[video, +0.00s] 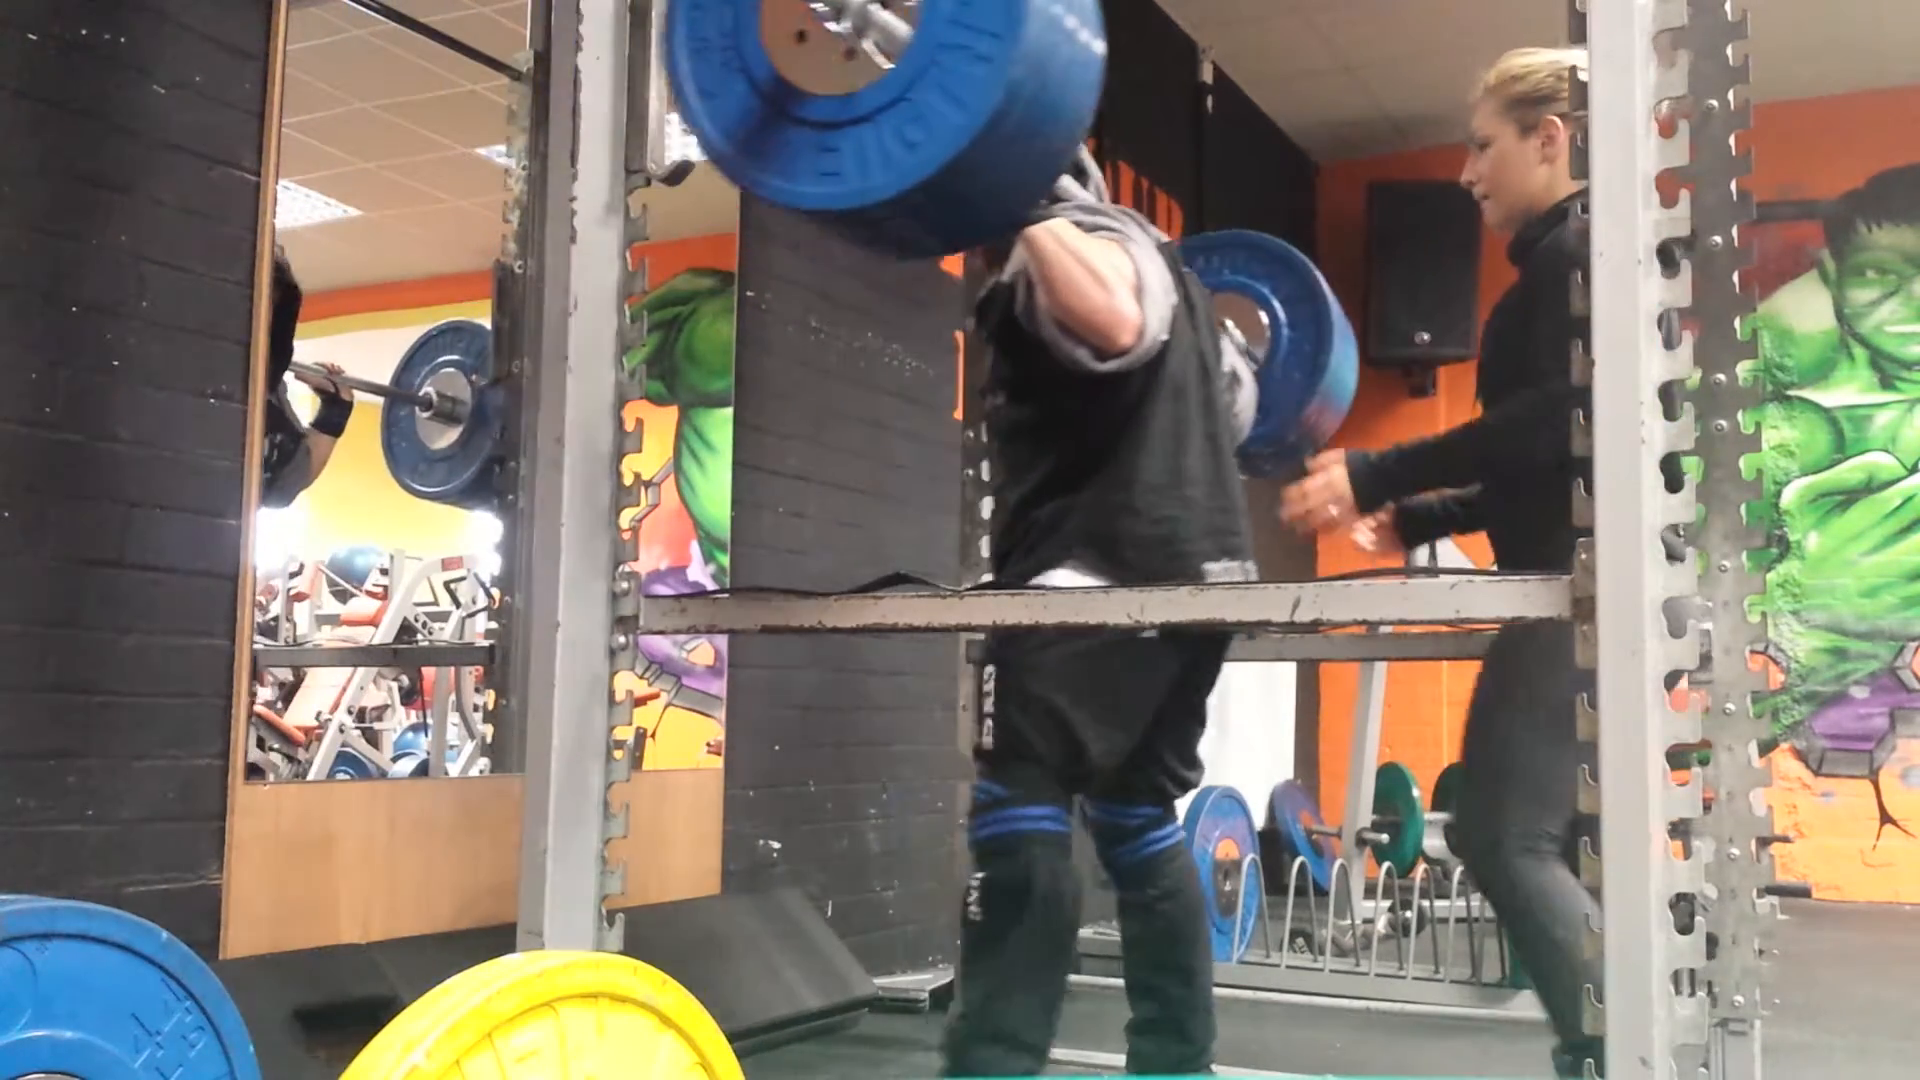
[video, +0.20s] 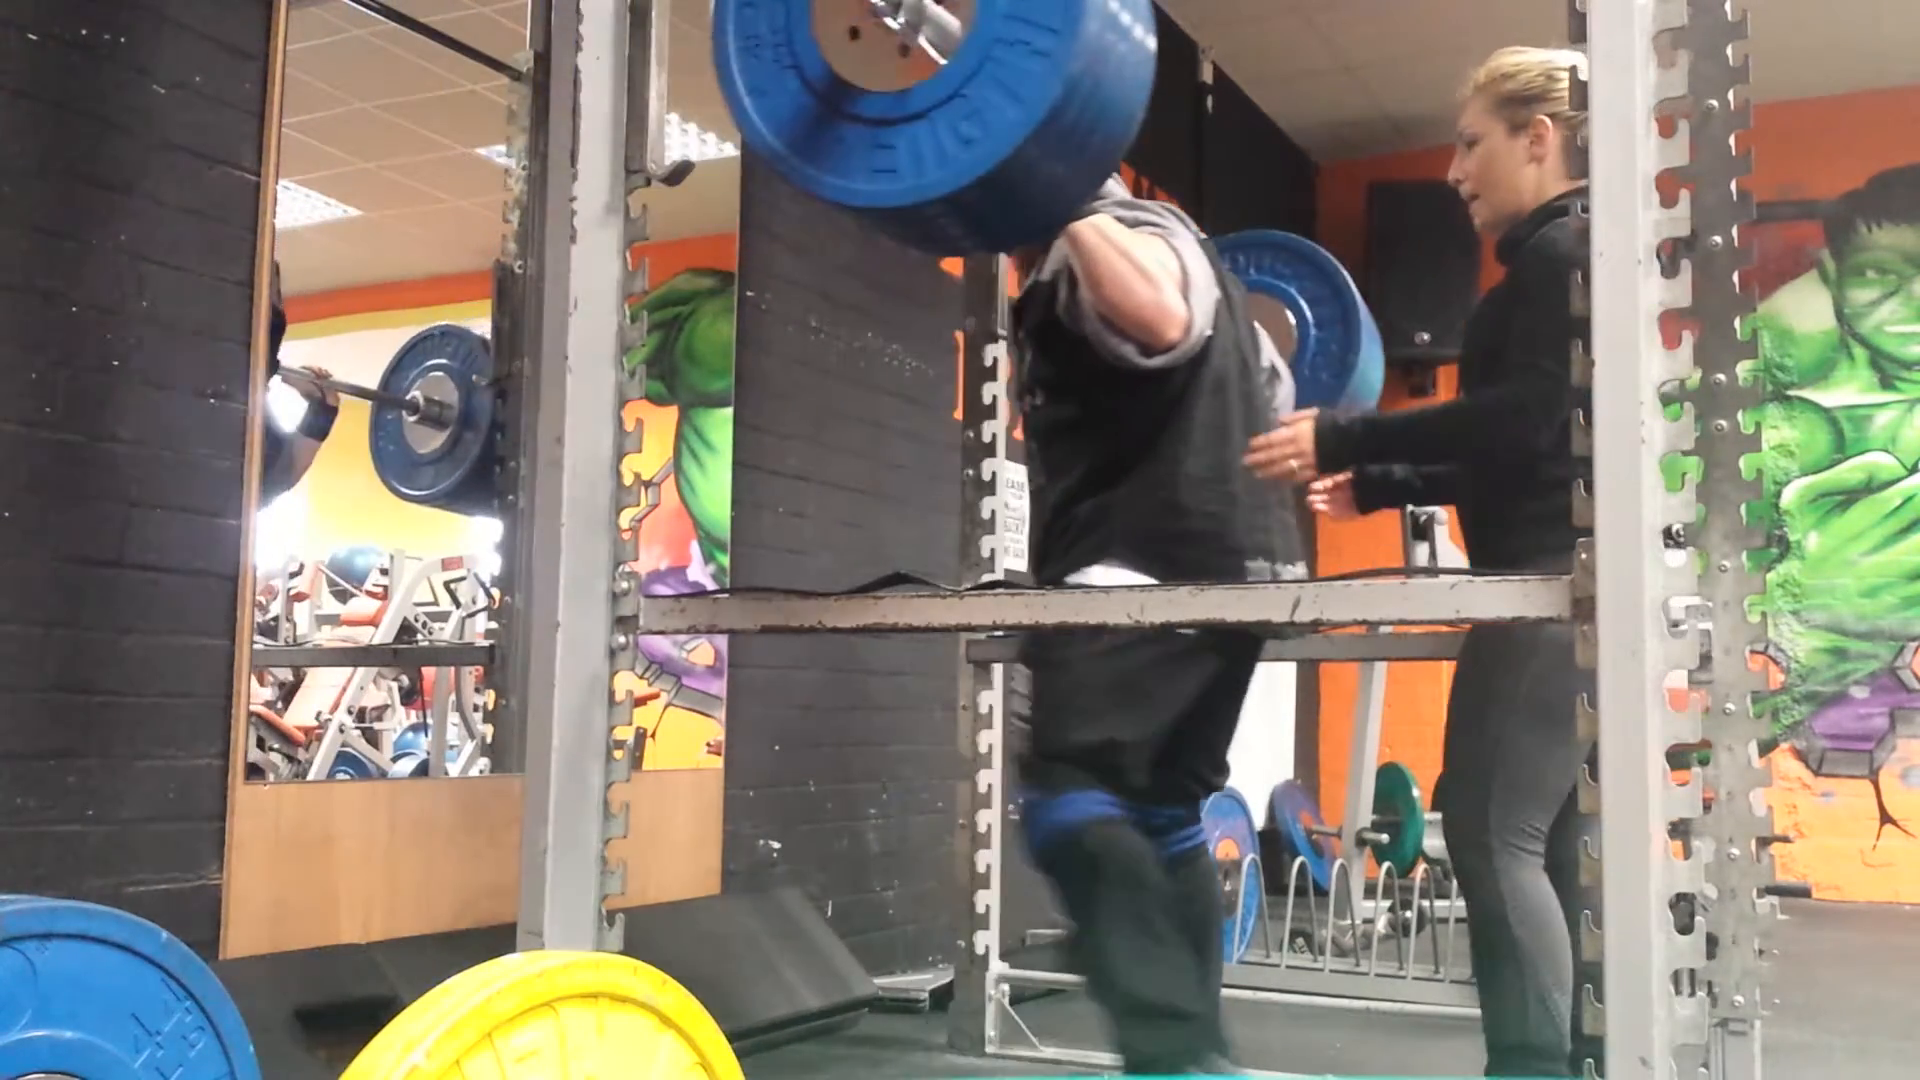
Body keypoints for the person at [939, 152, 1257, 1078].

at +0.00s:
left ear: (1008, 176)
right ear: (1081, 163)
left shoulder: (1080, 236)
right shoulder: (1154, 257)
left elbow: (1116, 317)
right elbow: (1235, 397)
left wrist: (1028, 222)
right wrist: (1233, 340)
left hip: (1090, 583)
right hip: (1194, 578)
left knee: (1020, 807)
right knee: (1141, 812)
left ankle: (994, 1058)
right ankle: (1175, 1061)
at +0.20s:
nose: (1011, 222)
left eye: (1022, 201)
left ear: (1062, 180)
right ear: (1122, 170)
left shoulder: (1116, 227)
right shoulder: (1182, 241)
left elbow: (1159, 313)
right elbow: (1275, 390)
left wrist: (1066, 215)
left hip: (1144, 569)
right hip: (1229, 567)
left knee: (1068, 787)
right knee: (1164, 804)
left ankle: (1171, 1050)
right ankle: (1189, 1051)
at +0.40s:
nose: (1010, 240)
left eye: (1014, 217)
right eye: (999, 225)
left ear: (1057, 191)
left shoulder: (1171, 226)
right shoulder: (1091, 280)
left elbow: (1197, 313)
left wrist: (1095, 200)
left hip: (1205, 579)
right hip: (1150, 583)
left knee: (1160, 829)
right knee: (1162, 830)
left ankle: (1226, 1068)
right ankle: (1179, 1064)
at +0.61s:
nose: (1029, 242)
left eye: (1027, 217)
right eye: (1013, 228)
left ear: (1064, 179)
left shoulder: (1186, 205)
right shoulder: (1113, 257)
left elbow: (1231, 290)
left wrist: (1125, 180)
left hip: (1226, 566)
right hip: (1182, 568)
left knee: (1186, 826)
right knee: (1191, 827)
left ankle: (1216, 1065)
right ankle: (1194, 1057)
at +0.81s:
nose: (1049, 237)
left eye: (1045, 208)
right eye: (1034, 221)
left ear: (1089, 167)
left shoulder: (1205, 192)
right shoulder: (1142, 247)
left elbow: (1252, 282)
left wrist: (1138, 147)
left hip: (1241, 567)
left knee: (1196, 815)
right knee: (1257, 815)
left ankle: (1232, 1064)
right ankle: (1331, 1060)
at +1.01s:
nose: (1081, 247)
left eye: (1078, 222)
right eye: (1066, 234)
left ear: (1116, 181)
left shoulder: (1240, 208)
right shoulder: (1169, 258)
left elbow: (1282, 295)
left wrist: (1173, 161)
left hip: (1265, 578)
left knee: (1214, 819)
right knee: (1303, 823)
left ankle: (1237, 1065)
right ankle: (1347, 1064)